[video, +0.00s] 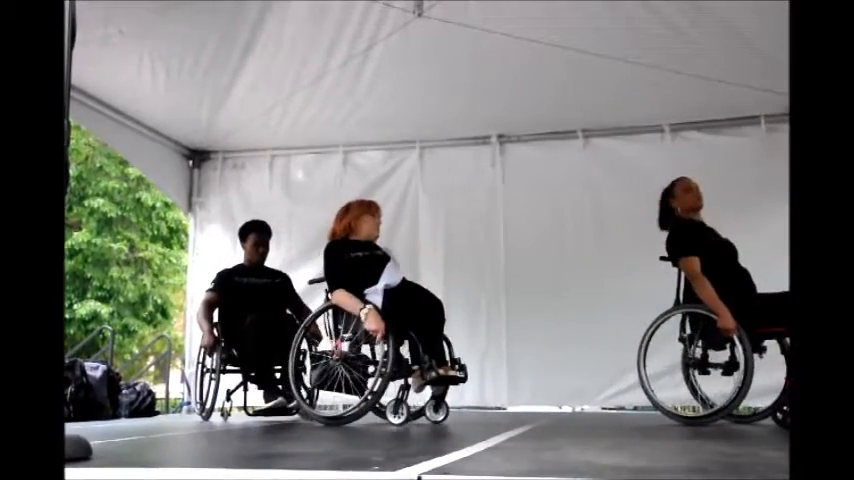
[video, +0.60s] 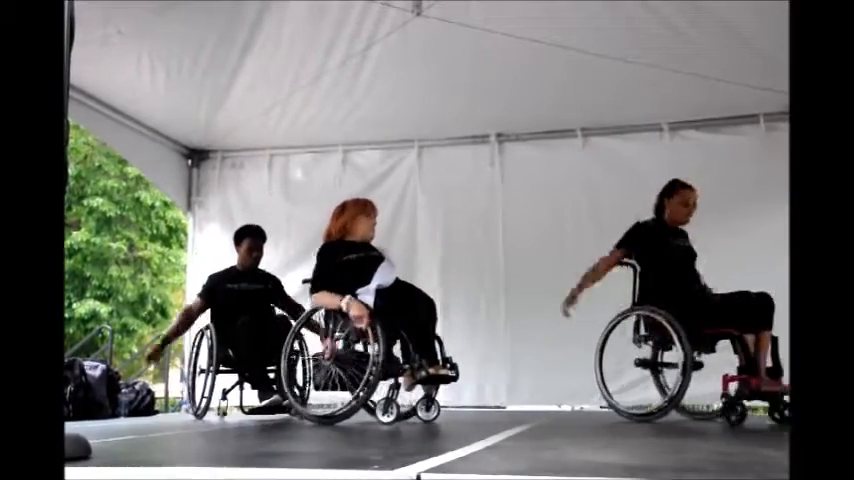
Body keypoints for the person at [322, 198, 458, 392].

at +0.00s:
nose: (379, 222)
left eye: (379, 218)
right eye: (374, 218)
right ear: (357, 221)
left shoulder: (373, 248)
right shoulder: (336, 249)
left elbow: (387, 279)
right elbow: (336, 292)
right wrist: (365, 311)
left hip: (394, 292)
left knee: (432, 306)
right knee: (417, 313)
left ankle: (437, 364)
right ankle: (422, 367)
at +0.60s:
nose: (375, 224)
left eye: (374, 220)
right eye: (370, 219)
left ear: (359, 223)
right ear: (353, 222)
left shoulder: (369, 249)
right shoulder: (331, 250)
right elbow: (318, 296)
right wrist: (348, 303)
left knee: (425, 305)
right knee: (409, 312)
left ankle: (429, 364)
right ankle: (416, 367)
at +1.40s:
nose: (343, 225)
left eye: (343, 221)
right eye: (337, 220)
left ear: (343, 226)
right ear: (320, 224)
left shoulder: (353, 255)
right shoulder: (307, 251)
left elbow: (395, 265)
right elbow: (300, 260)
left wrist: (438, 250)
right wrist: (309, 242)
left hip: (350, 307)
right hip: (319, 311)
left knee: (388, 304)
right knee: (369, 307)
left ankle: (399, 364)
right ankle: (382, 365)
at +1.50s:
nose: (338, 226)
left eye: (340, 222)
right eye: (332, 221)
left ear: (342, 225)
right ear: (316, 225)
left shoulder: (348, 256)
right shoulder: (301, 252)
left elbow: (384, 281)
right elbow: (300, 273)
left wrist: (422, 284)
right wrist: (319, 274)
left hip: (349, 307)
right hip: (318, 312)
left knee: (388, 305)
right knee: (368, 308)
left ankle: (396, 363)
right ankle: (383, 364)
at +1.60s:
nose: (339, 227)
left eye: (340, 222)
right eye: (333, 221)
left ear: (342, 226)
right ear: (317, 225)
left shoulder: (346, 256)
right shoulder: (300, 253)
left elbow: (370, 285)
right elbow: (300, 283)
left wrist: (401, 297)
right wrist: (318, 296)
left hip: (362, 299)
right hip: (335, 304)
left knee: (386, 306)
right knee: (369, 312)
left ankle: (393, 364)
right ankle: (384, 365)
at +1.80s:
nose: (340, 230)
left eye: (341, 225)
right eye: (334, 224)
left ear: (342, 228)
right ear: (318, 226)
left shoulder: (340, 256)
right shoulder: (299, 255)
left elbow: (351, 284)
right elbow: (299, 293)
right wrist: (316, 322)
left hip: (356, 296)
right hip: (331, 304)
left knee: (385, 310)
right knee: (369, 317)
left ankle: (389, 365)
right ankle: (384, 366)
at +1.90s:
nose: (338, 232)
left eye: (339, 227)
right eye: (333, 226)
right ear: (317, 228)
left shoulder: (337, 256)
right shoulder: (298, 256)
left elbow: (347, 285)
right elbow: (300, 295)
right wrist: (320, 323)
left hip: (352, 299)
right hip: (327, 305)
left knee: (383, 310)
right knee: (368, 316)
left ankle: (388, 365)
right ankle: (384, 366)